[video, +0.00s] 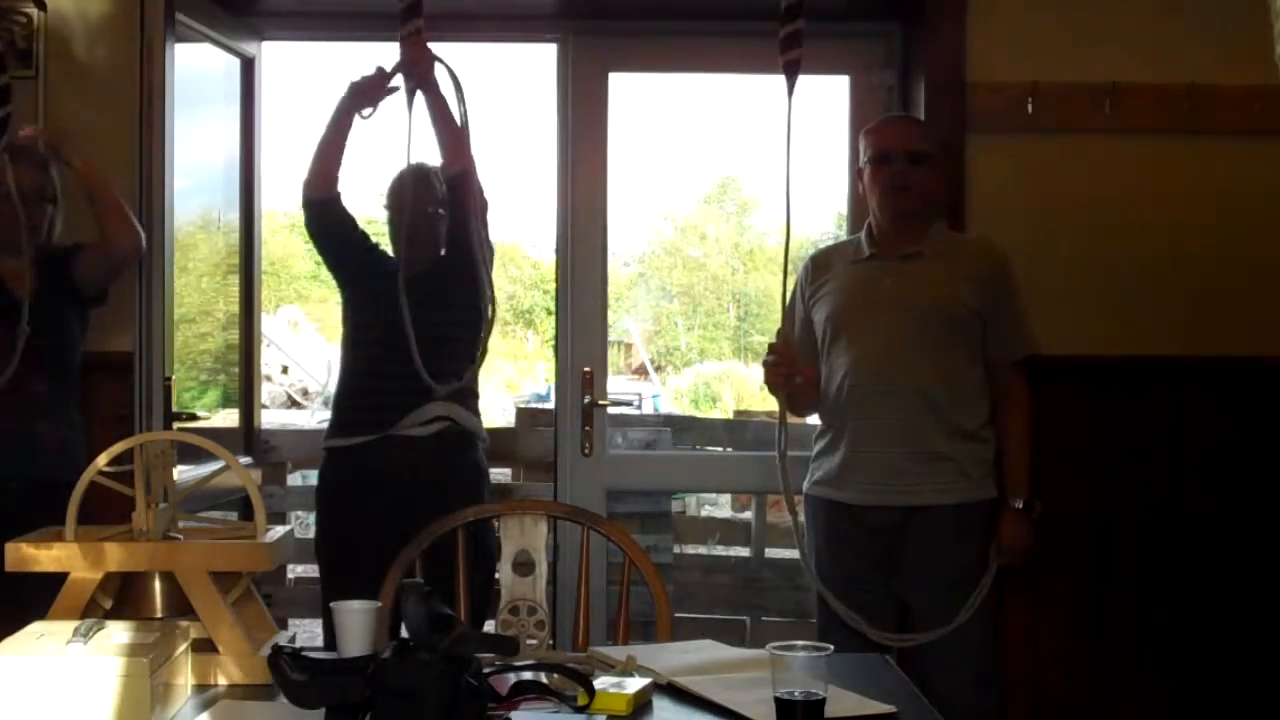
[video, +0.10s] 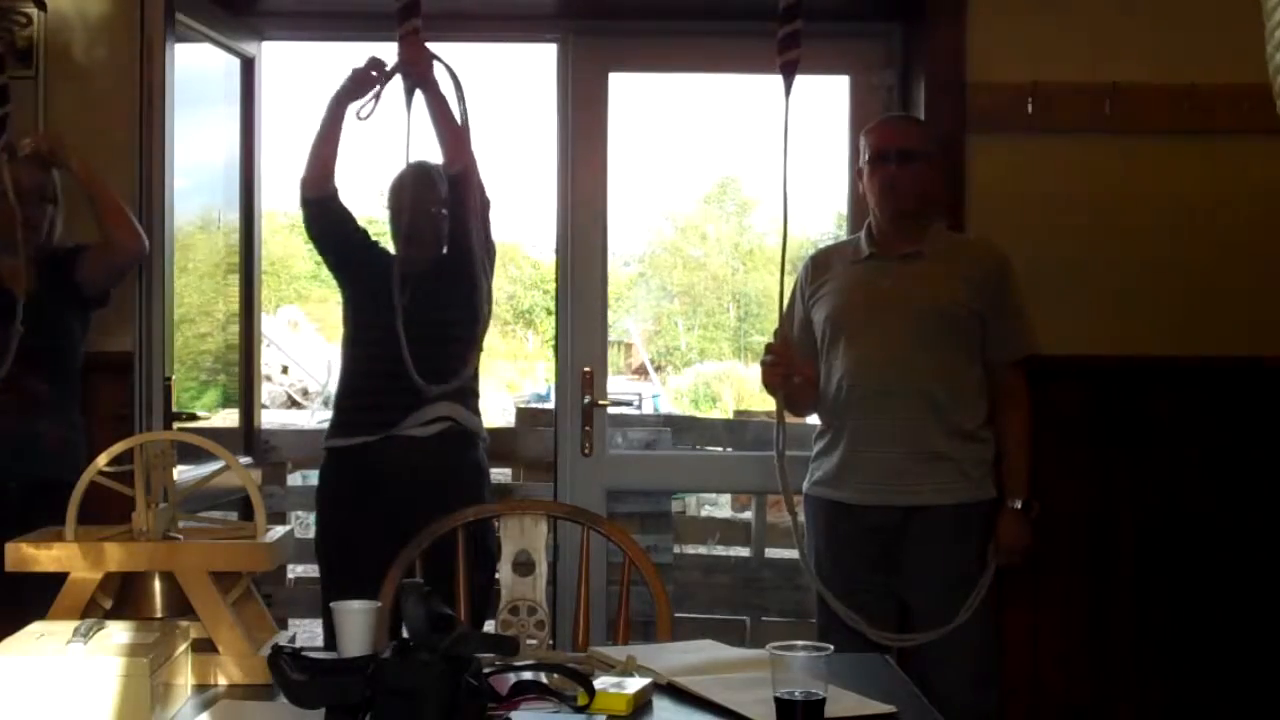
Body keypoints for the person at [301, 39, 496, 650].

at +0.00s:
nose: (423, 209)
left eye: (435, 199)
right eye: (409, 200)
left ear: (452, 215)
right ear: (391, 217)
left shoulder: (466, 280)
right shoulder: (366, 275)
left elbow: (461, 173)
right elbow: (320, 197)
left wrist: (427, 83)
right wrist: (349, 105)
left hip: (446, 468)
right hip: (359, 464)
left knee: (453, 635)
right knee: (357, 636)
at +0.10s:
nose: (428, 206)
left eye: (438, 196)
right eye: (415, 197)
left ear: (453, 212)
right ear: (394, 213)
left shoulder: (466, 276)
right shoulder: (366, 272)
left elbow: (462, 170)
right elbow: (317, 192)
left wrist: (426, 81)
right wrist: (339, 103)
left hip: (446, 467)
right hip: (359, 465)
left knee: (452, 633)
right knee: (357, 636)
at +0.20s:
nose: (432, 203)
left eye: (442, 194)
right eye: (419, 194)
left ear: (455, 211)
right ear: (395, 211)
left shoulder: (468, 274)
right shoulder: (367, 269)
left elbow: (462, 170)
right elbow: (321, 187)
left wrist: (423, 83)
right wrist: (346, 91)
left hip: (447, 470)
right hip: (360, 468)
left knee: (454, 636)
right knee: (356, 639)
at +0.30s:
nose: (432, 203)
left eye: (443, 194)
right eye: (418, 194)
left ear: (456, 210)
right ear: (395, 211)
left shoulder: (469, 273)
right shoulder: (367, 266)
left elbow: (462, 170)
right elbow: (326, 183)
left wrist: (423, 82)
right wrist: (357, 84)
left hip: (446, 467)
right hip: (359, 465)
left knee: (454, 636)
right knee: (355, 640)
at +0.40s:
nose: (432, 201)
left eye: (443, 191)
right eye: (419, 191)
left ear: (456, 209)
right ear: (395, 210)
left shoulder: (469, 271)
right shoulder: (368, 264)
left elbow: (464, 169)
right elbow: (329, 182)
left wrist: (427, 80)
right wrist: (364, 83)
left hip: (445, 462)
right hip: (358, 460)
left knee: (453, 628)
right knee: (353, 631)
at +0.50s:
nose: (434, 204)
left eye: (446, 194)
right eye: (420, 194)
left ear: (461, 211)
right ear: (397, 211)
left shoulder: (469, 272)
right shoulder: (369, 265)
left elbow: (468, 169)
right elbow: (330, 180)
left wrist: (431, 78)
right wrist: (365, 84)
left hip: (442, 460)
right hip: (356, 458)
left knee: (452, 627)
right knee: (352, 631)